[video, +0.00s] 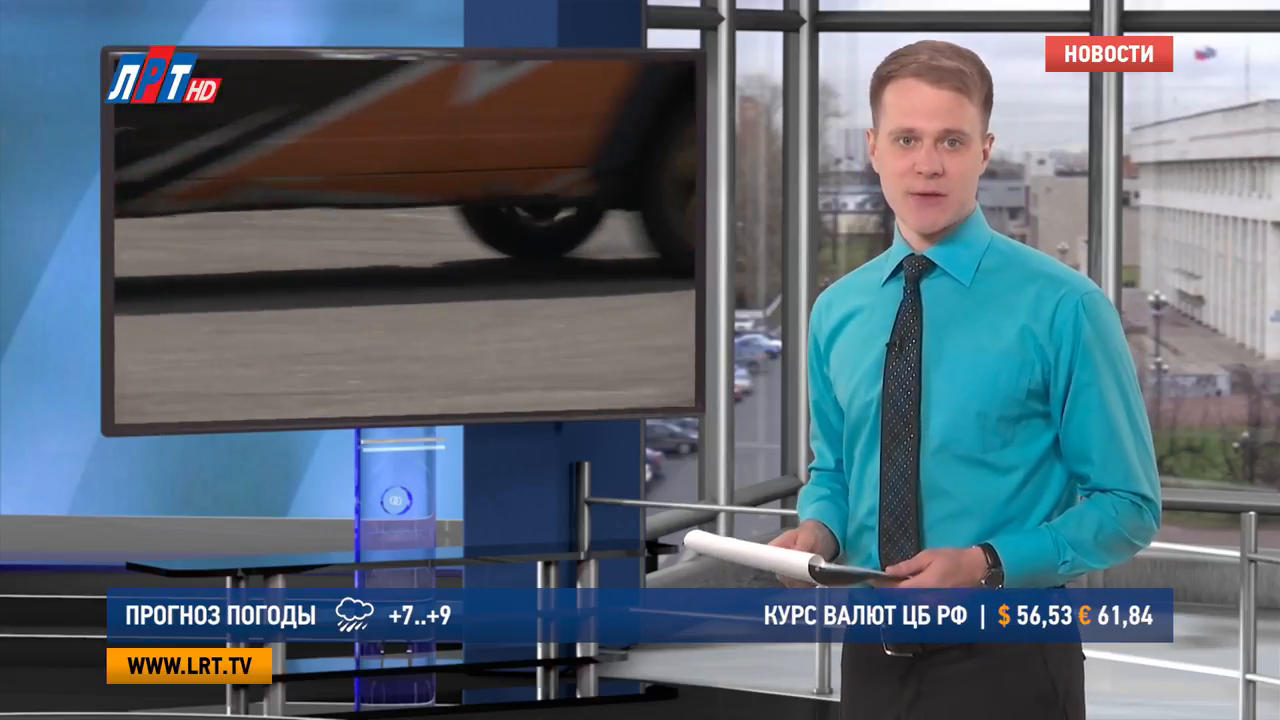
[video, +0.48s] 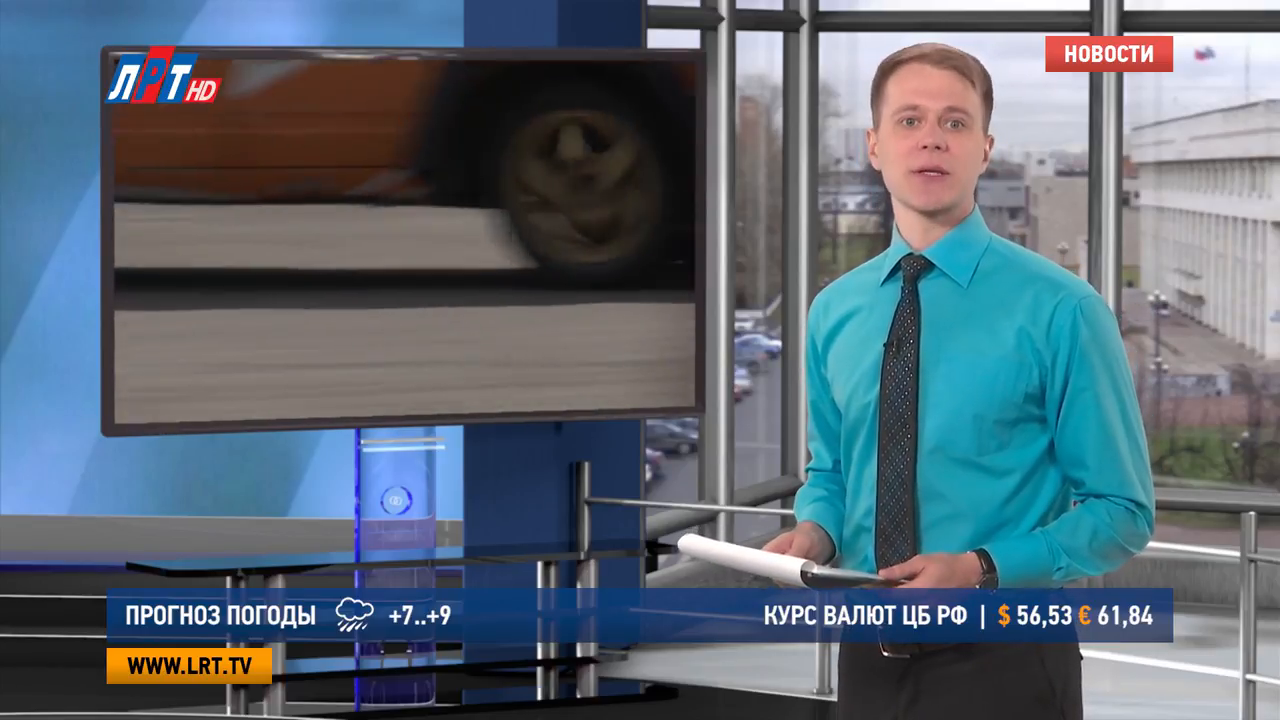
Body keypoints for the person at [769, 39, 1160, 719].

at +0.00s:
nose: (927, 164)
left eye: (951, 141)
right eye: (906, 139)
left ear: (985, 150)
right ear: (873, 150)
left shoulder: (1063, 306)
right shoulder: (835, 311)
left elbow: (1130, 504)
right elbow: (831, 474)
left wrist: (988, 564)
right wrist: (814, 533)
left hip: (1005, 662)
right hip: (871, 661)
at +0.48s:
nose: (932, 139)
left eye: (955, 122)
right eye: (909, 120)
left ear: (987, 148)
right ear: (874, 147)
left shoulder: (1061, 308)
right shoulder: (832, 311)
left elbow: (1123, 508)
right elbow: (829, 471)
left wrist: (982, 567)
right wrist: (810, 535)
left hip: (1003, 661)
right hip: (868, 660)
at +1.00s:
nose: (917, 159)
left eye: (941, 135)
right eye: (896, 136)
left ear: (983, 147)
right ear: (870, 149)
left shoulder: (1061, 310)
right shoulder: (835, 311)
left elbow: (1122, 511)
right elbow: (830, 472)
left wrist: (981, 567)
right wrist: (811, 533)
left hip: (1002, 663)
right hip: (867, 661)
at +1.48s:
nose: (910, 158)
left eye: (936, 134)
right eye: (891, 135)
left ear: (983, 146)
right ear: (871, 150)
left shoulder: (1065, 310)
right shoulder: (840, 311)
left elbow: (1125, 510)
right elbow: (834, 473)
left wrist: (984, 566)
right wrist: (814, 534)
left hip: (1004, 663)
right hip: (869, 660)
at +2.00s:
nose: (926, 158)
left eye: (951, 135)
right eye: (906, 135)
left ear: (991, 146)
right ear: (879, 148)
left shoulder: (1068, 310)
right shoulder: (843, 310)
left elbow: (1126, 510)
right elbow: (837, 471)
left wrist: (986, 566)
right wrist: (816, 533)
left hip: (1004, 661)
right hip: (871, 658)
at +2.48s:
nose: (942, 160)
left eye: (965, 138)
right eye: (920, 137)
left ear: (996, 150)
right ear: (885, 148)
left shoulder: (1070, 311)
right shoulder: (845, 310)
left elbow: (1128, 511)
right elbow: (838, 473)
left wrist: (989, 566)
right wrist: (816, 535)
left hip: (1007, 660)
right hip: (872, 656)